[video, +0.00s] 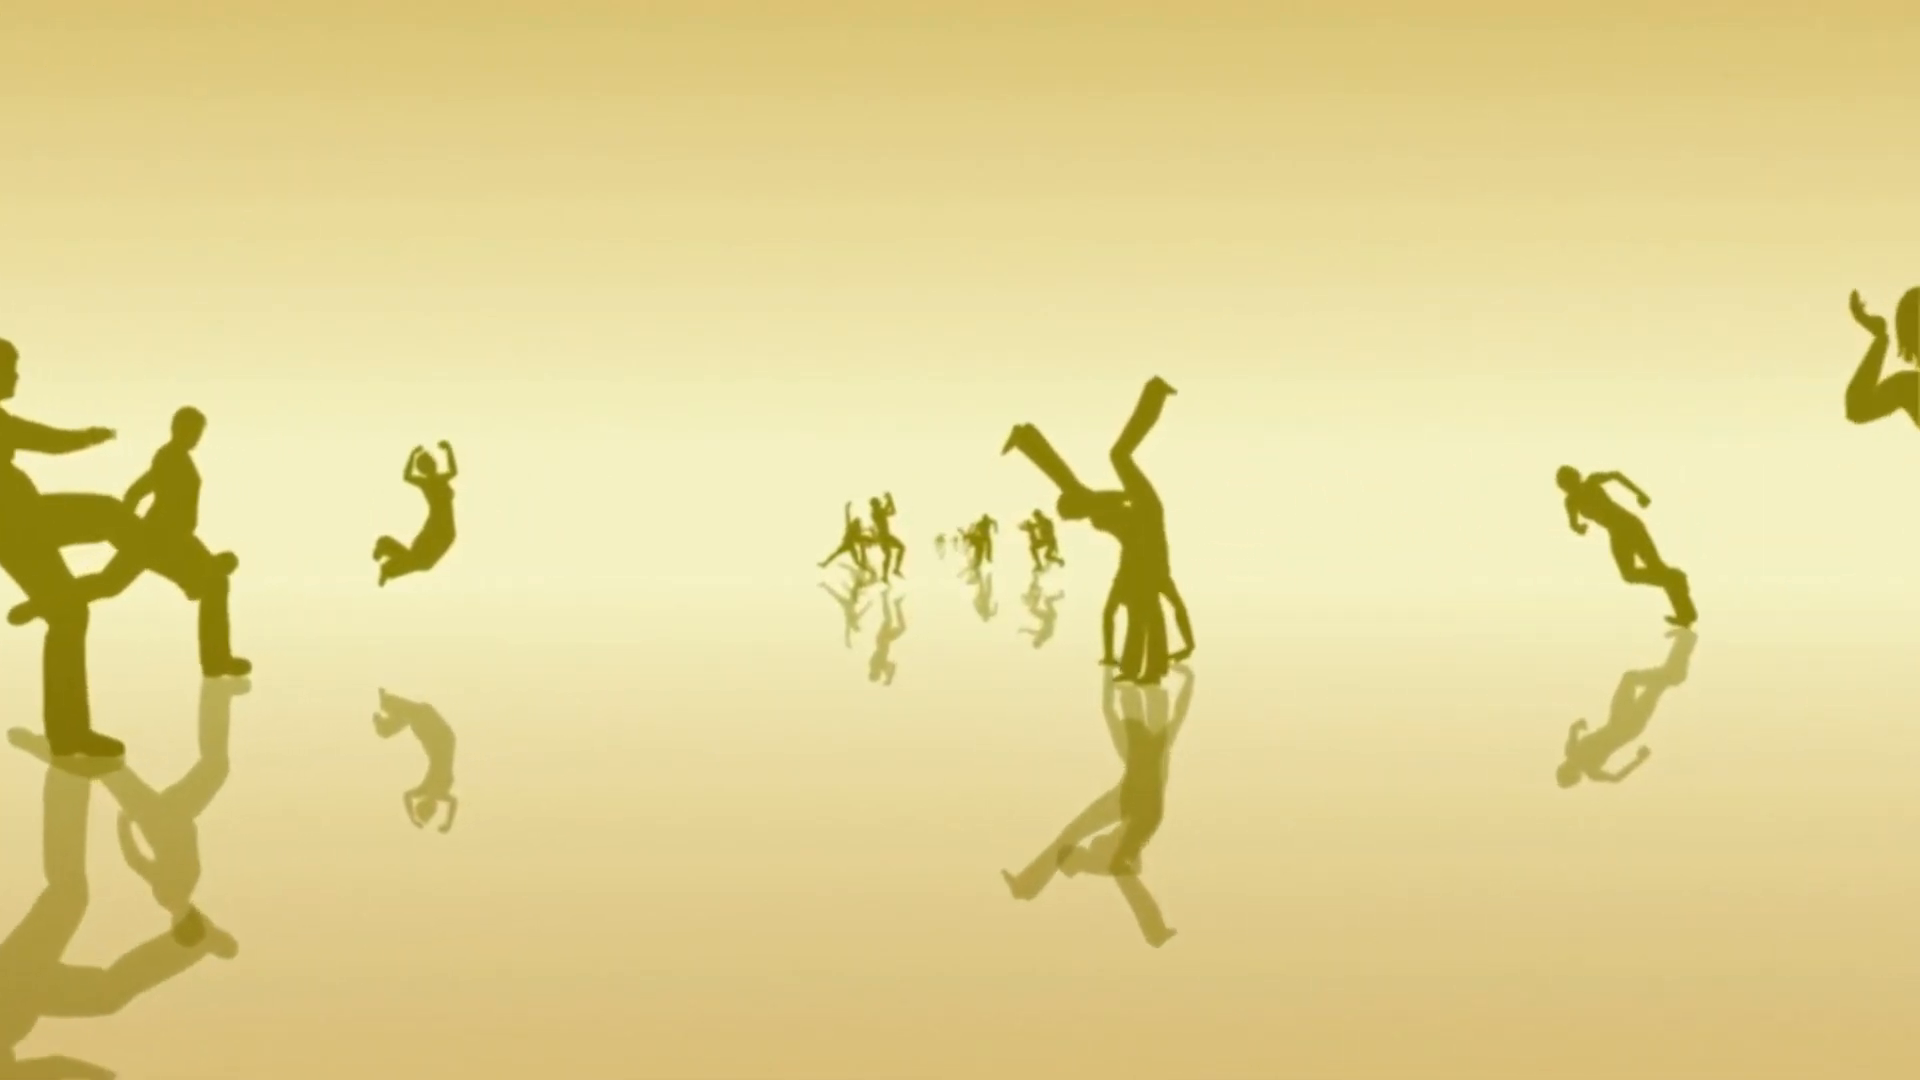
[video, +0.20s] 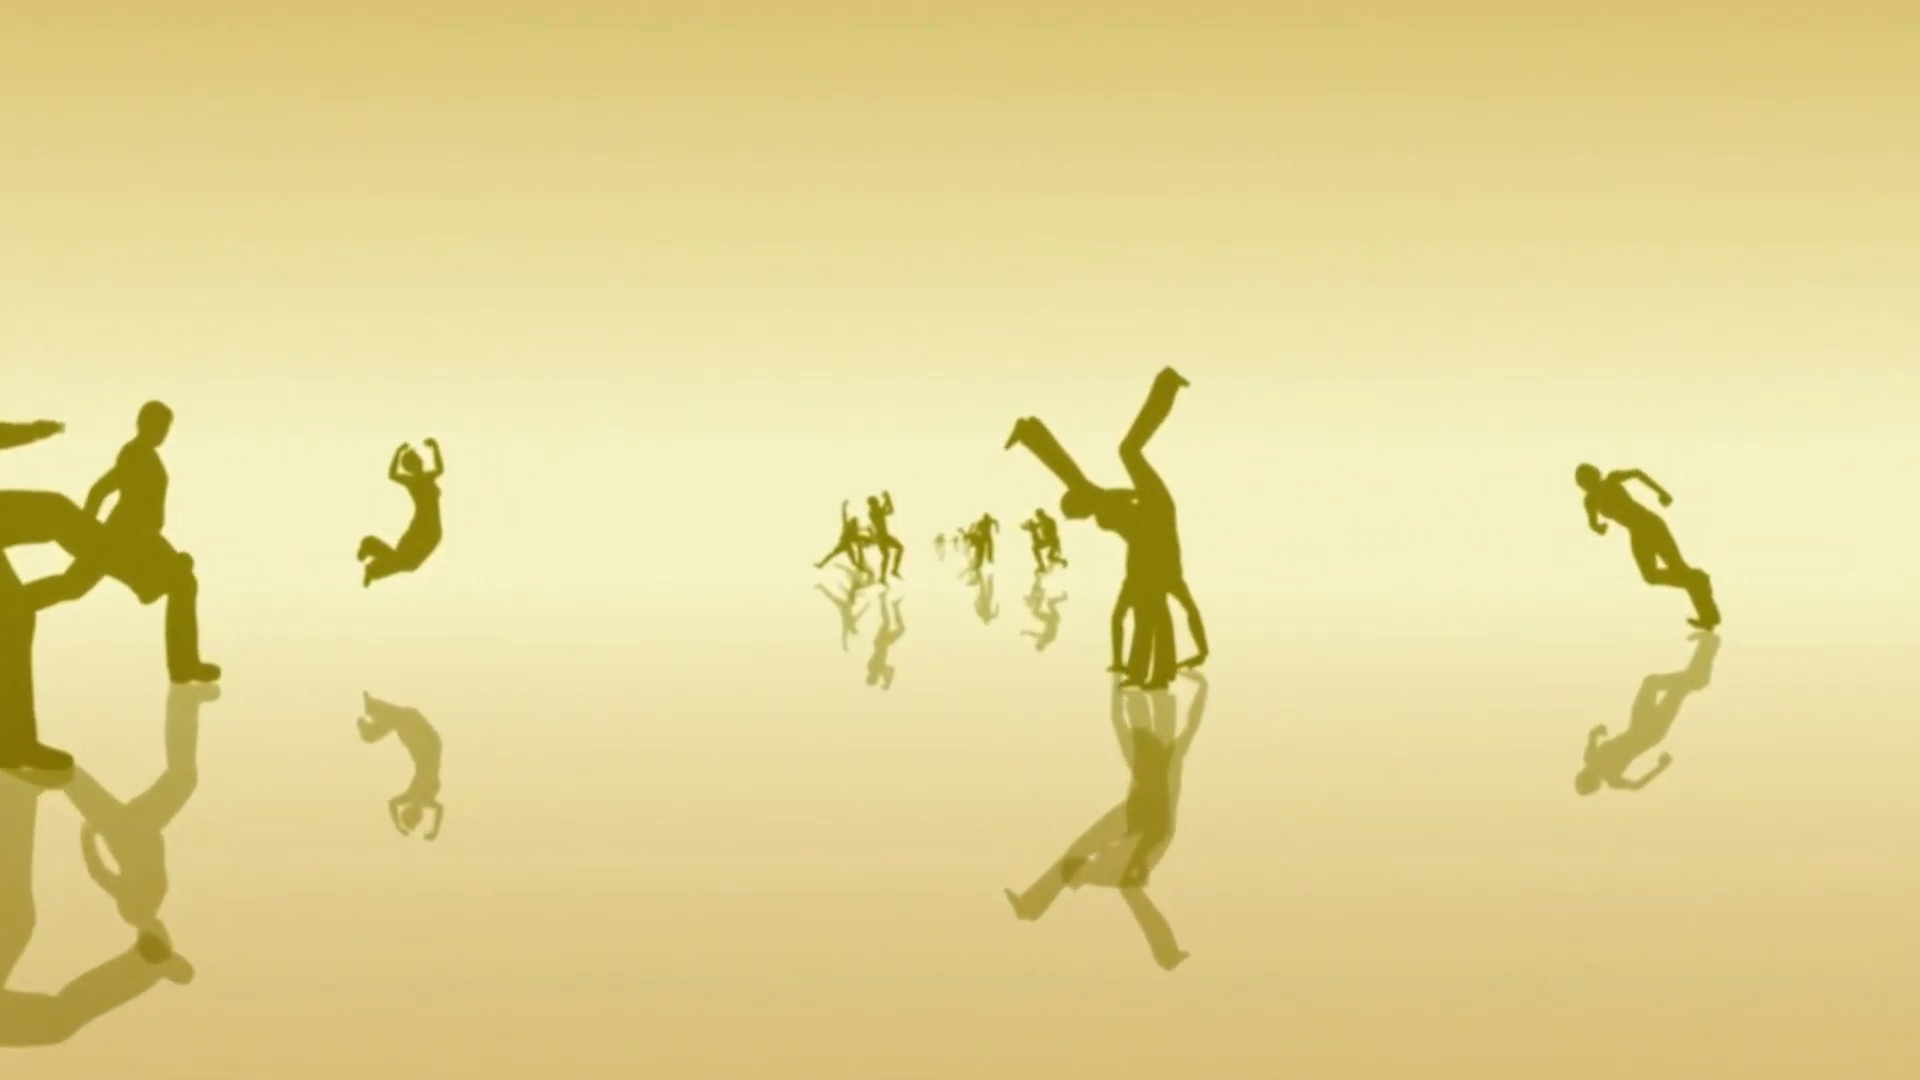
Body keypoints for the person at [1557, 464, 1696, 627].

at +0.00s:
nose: (1567, 487)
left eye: (1567, 482)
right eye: (1563, 485)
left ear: (1574, 477)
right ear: (1562, 486)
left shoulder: (1592, 481)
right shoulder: (1571, 501)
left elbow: (1616, 475)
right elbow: (1573, 522)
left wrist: (1639, 493)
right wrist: (1579, 528)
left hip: (1629, 523)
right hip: (1615, 531)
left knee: (1655, 565)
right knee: (1629, 574)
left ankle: (1685, 612)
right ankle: (1673, 578)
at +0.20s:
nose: (1586, 486)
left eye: (1586, 480)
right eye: (1582, 483)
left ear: (1593, 475)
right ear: (1582, 484)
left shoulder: (1612, 479)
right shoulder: (1590, 500)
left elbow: (1637, 473)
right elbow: (1592, 521)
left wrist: (1661, 492)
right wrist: (1599, 528)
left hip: (1650, 522)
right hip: (1636, 531)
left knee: (1678, 567)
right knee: (1650, 575)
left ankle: (1708, 615)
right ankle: (1695, 579)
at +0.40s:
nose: (1605, 484)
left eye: (1605, 478)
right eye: (1602, 480)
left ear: (1612, 474)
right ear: (1603, 481)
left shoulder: (1633, 477)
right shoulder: (1610, 499)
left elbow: (1659, 471)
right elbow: (1613, 522)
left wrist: (1683, 490)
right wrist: (1620, 528)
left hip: (1671, 522)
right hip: (1658, 530)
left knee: (1701, 567)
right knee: (1673, 577)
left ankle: (1732, 617)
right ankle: (1719, 580)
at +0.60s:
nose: (1628, 482)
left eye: (1628, 476)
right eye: (1624, 479)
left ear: (1635, 471)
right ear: (1624, 480)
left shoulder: (1656, 475)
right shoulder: (1632, 497)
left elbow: (1683, 468)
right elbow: (1635, 521)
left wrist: (1708, 489)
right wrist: (1642, 527)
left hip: (1695, 521)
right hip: (1681, 530)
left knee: (1726, 568)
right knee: (1697, 578)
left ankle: (1758, 620)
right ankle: (1744, 581)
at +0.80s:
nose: (1651, 480)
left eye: (1651, 474)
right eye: (1647, 477)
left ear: (1657, 470)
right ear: (1648, 477)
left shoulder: (1680, 472)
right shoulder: (1655, 496)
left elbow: (1707, 466)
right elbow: (1658, 521)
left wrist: (1733, 487)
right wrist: (1666, 527)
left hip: (1720, 521)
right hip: (1706, 530)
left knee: (1752, 569)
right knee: (1722, 579)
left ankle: (1785, 623)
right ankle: (1771, 583)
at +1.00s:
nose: (1676, 478)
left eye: (1676, 471)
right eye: (1671, 475)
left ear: (1683, 467)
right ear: (1671, 476)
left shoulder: (1705, 470)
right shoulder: (1680, 495)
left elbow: (1734, 463)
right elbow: (1683, 520)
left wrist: (1760, 485)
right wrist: (1691, 527)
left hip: (1748, 520)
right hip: (1733, 530)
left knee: (1780, 570)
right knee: (1749, 581)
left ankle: (1814, 626)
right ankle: (1799, 584)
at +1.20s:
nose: (1701, 475)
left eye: (1702, 469)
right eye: (1697, 472)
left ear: (1710, 464)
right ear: (1697, 473)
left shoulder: (1732, 468)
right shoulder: (1706, 492)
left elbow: (1761, 460)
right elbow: (1709, 519)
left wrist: (1789, 483)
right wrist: (1717, 526)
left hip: (1777, 520)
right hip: (1761, 530)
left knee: (1810, 571)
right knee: (1778, 582)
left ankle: (1845, 630)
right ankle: (1830, 585)